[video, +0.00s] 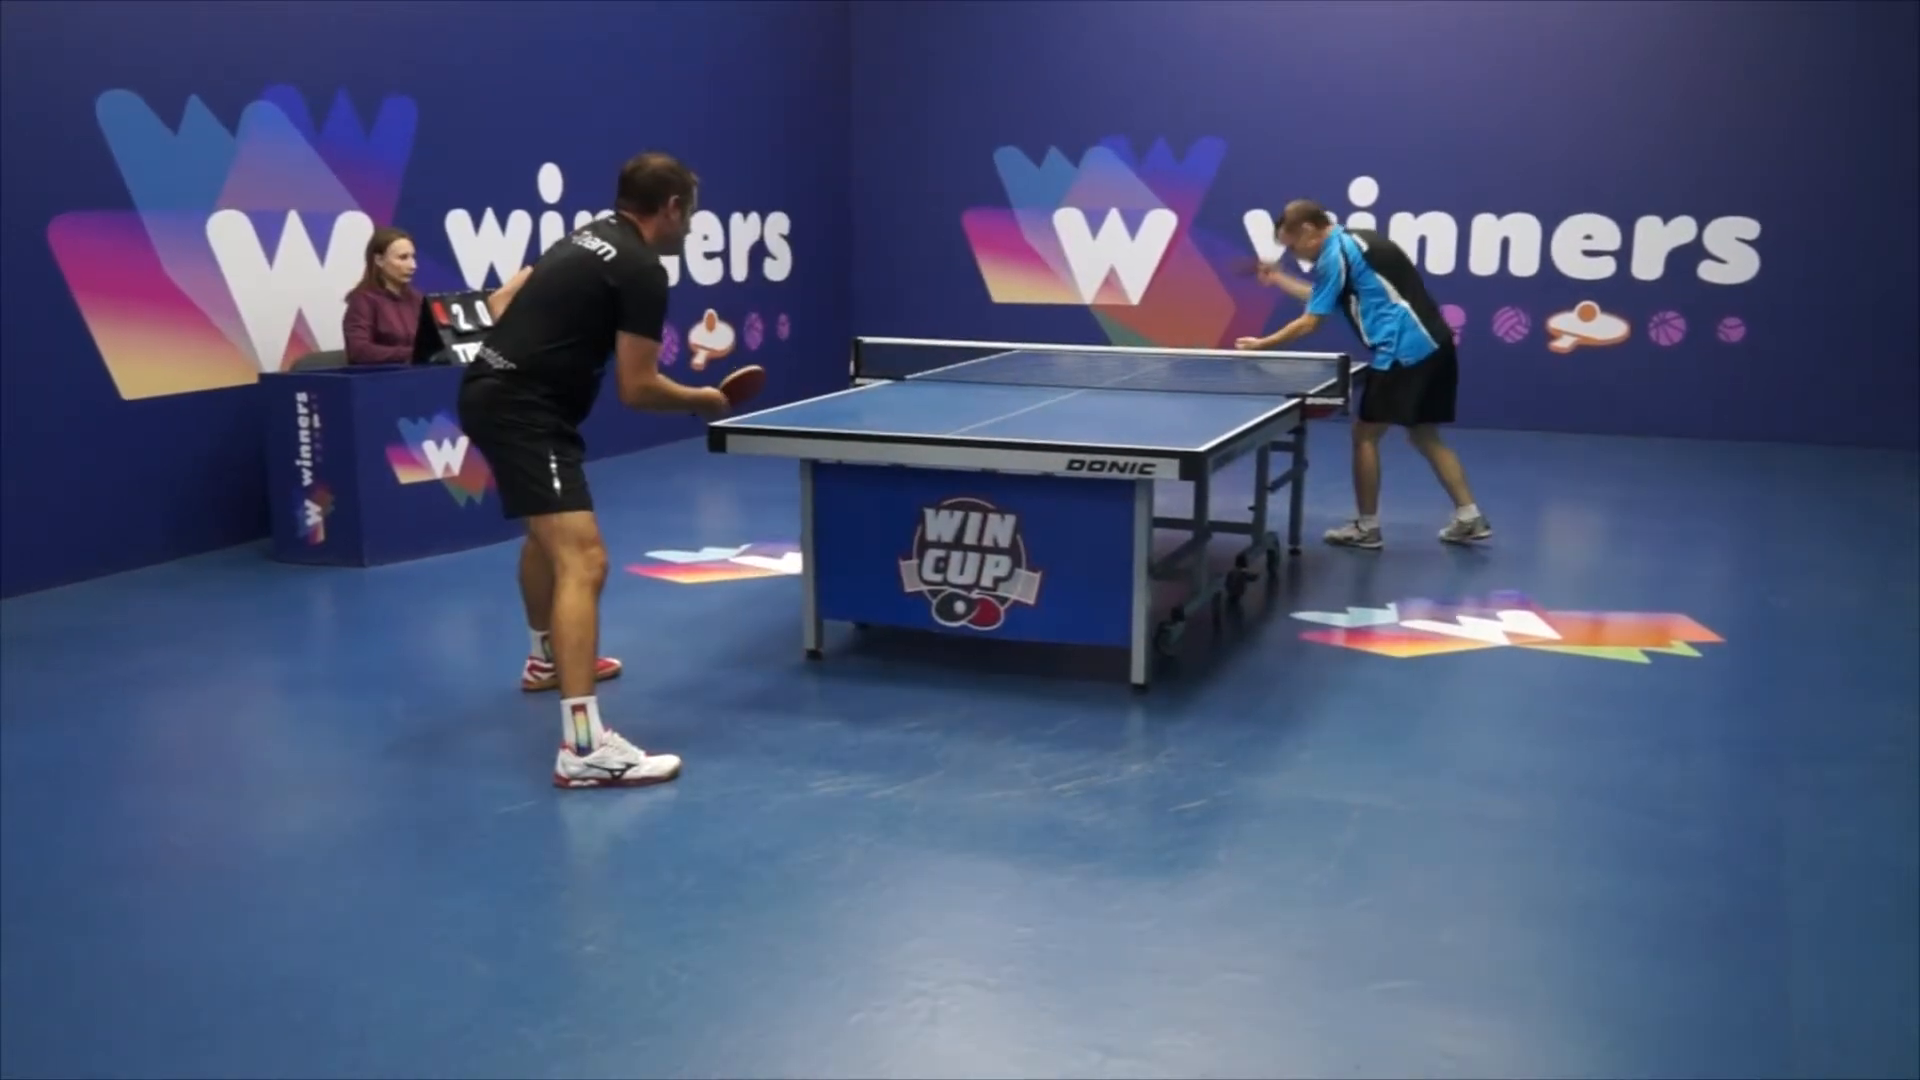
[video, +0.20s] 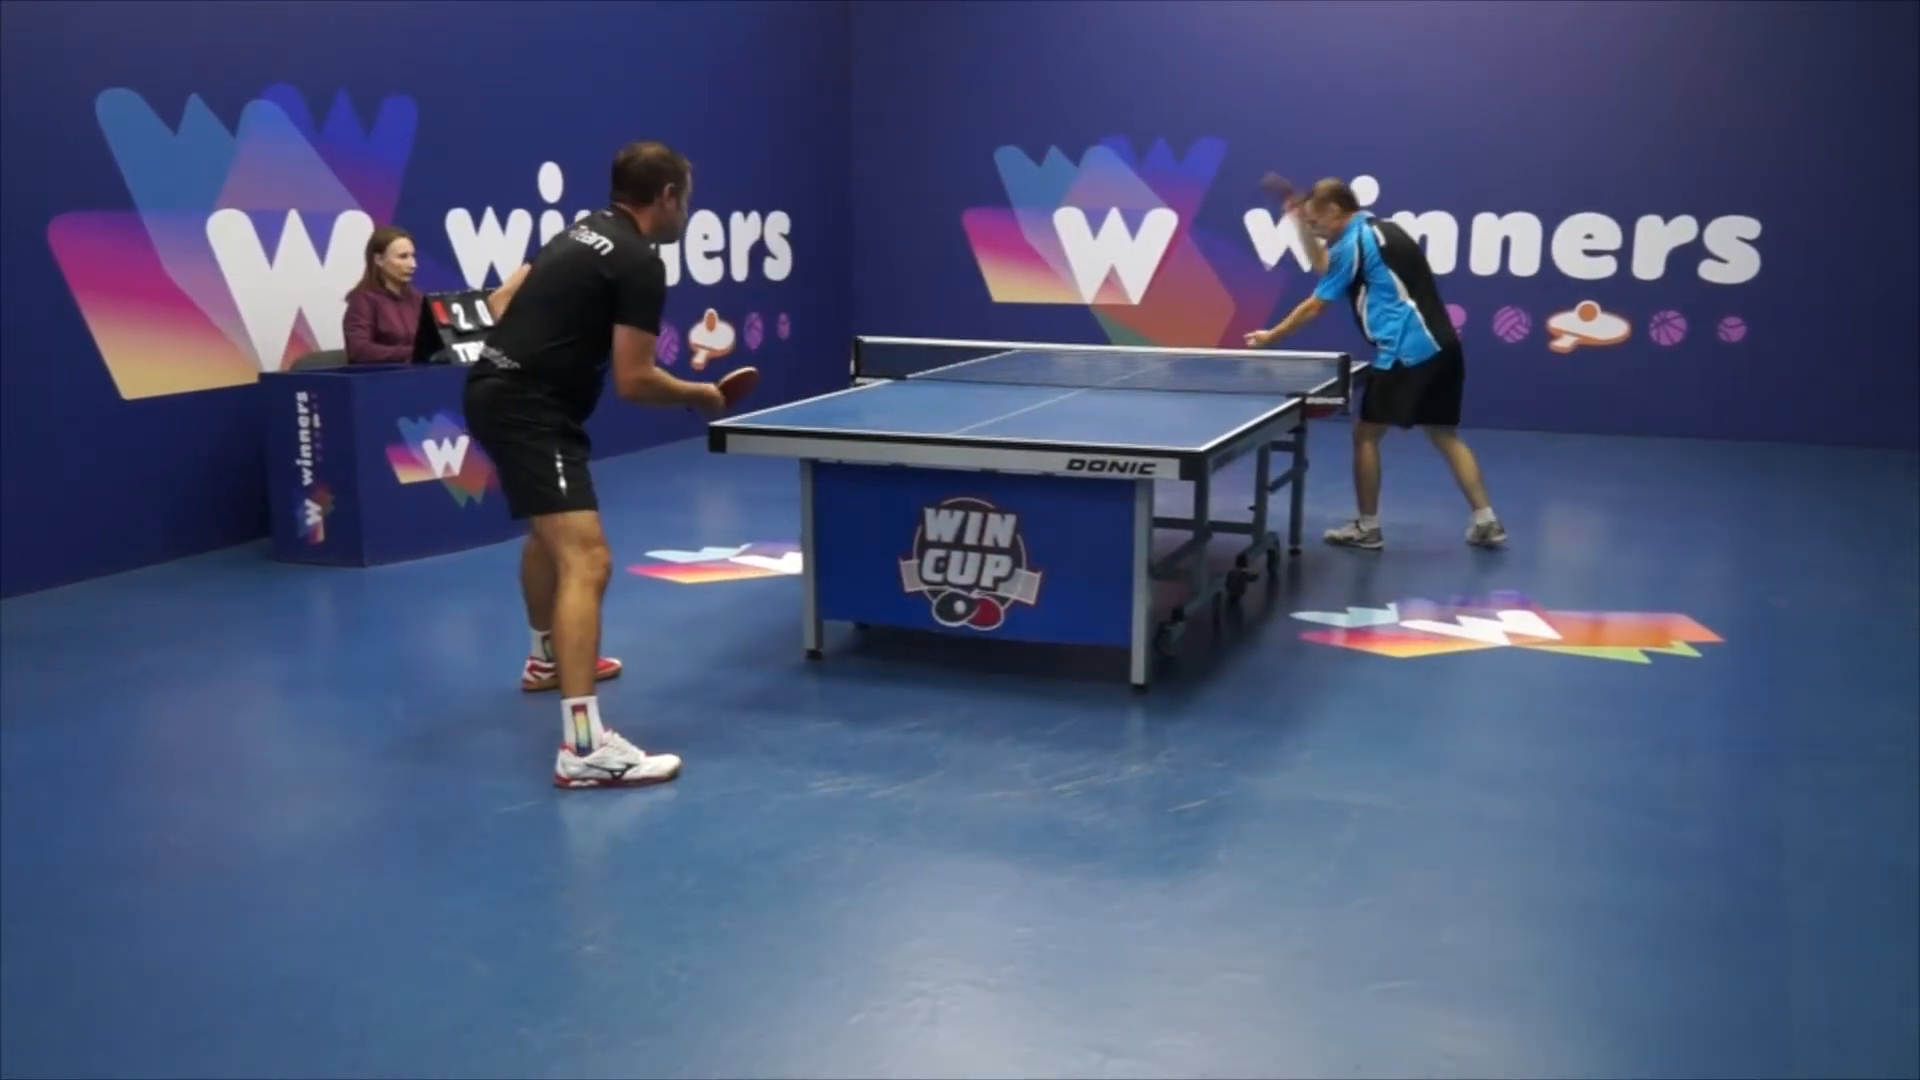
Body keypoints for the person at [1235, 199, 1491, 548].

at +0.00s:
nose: (1293, 253)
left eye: (1292, 245)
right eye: (1289, 247)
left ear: (1311, 230)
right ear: (1317, 228)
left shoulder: (1335, 253)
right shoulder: (1359, 240)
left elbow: (1310, 321)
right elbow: (1323, 297)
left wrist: (1261, 343)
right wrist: (1280, 279)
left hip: (1399, 352)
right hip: (1432, 347)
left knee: (1365, 434)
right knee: (1424, 434)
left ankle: (1367, 526)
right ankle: (1470, 516)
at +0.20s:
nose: (1314, 227)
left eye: (1317, 219)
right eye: (1312, 220)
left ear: (1338, 211)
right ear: (1344, 210)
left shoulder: (1353, 242)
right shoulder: (1384, 228)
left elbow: (1316, 305)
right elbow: (1325, 267)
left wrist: (1270, 336)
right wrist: (1304, 223)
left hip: (1403, 353)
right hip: (1442, 348)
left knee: (1366, 434)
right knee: (1444, 433)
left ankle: (1367, 525)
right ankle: (1486, 518)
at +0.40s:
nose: (1346, 197)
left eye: (1350, 191)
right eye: (1345, 190)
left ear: (1370, 195)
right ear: (1383, 195)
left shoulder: (1375, 229)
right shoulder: (1417, 222)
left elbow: (1320, 253)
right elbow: (1353, 239)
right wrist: (1351, 182)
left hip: (1403, 357)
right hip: (1446, 352)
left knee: (1366, 436)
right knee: (1457, 439)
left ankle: (1367, 525)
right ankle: (1488, 525)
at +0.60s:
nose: (1378, 179)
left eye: (1385, 173)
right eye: (1381, 172)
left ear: (1409, 181)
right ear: (1419, 184)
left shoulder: (1398, 215)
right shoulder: (1448, 219)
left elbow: (1333, 204)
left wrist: (1291, 177)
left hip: (1409, 352)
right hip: (1453, 351)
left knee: (1370, 435)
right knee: (1463, 438)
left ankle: (1366, 526)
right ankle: (1489, 526)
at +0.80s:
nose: (1399, 174)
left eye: (1406, 168)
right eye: (1403, 167)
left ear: (1425, 178)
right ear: (1437, 181)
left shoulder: (1405, 214)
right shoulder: (1469, 227)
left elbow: (1341, 216)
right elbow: (1475, 287)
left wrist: (1292, 198)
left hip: (1413, 350)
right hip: (1458, 351)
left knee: (1373, 434)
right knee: (1467, 437)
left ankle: (1361, 526)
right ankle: (1490, 527)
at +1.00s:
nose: (1388, 184)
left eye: (1395, 178)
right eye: (1392, 176)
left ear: (1413, 188)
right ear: (1429, 190)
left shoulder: (1394, 224)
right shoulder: (1463, 223)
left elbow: (1343, 264)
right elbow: (1506, 249)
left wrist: (1299, 264)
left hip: (1416, 354)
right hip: (1463, 354)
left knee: (1372, 434)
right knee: (1466, 440)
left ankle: (1361, 526)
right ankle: (1489, 526)